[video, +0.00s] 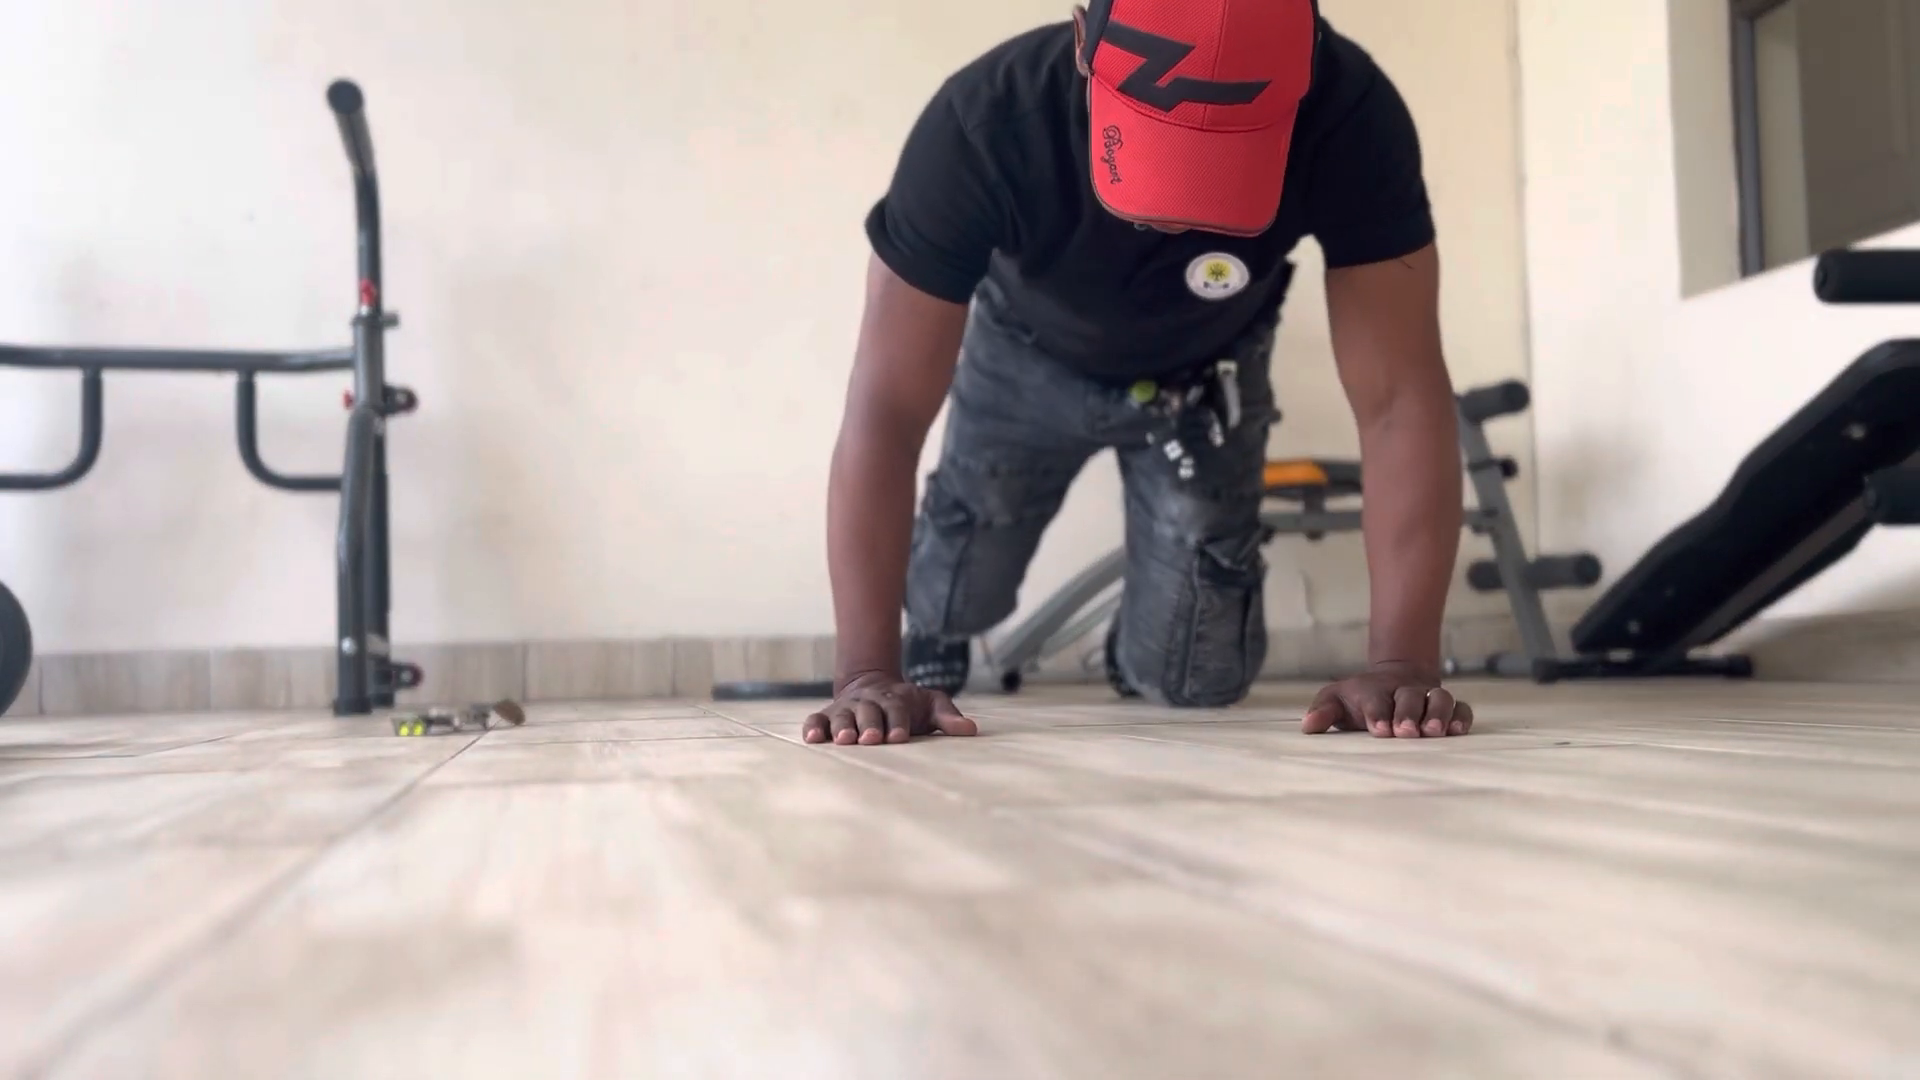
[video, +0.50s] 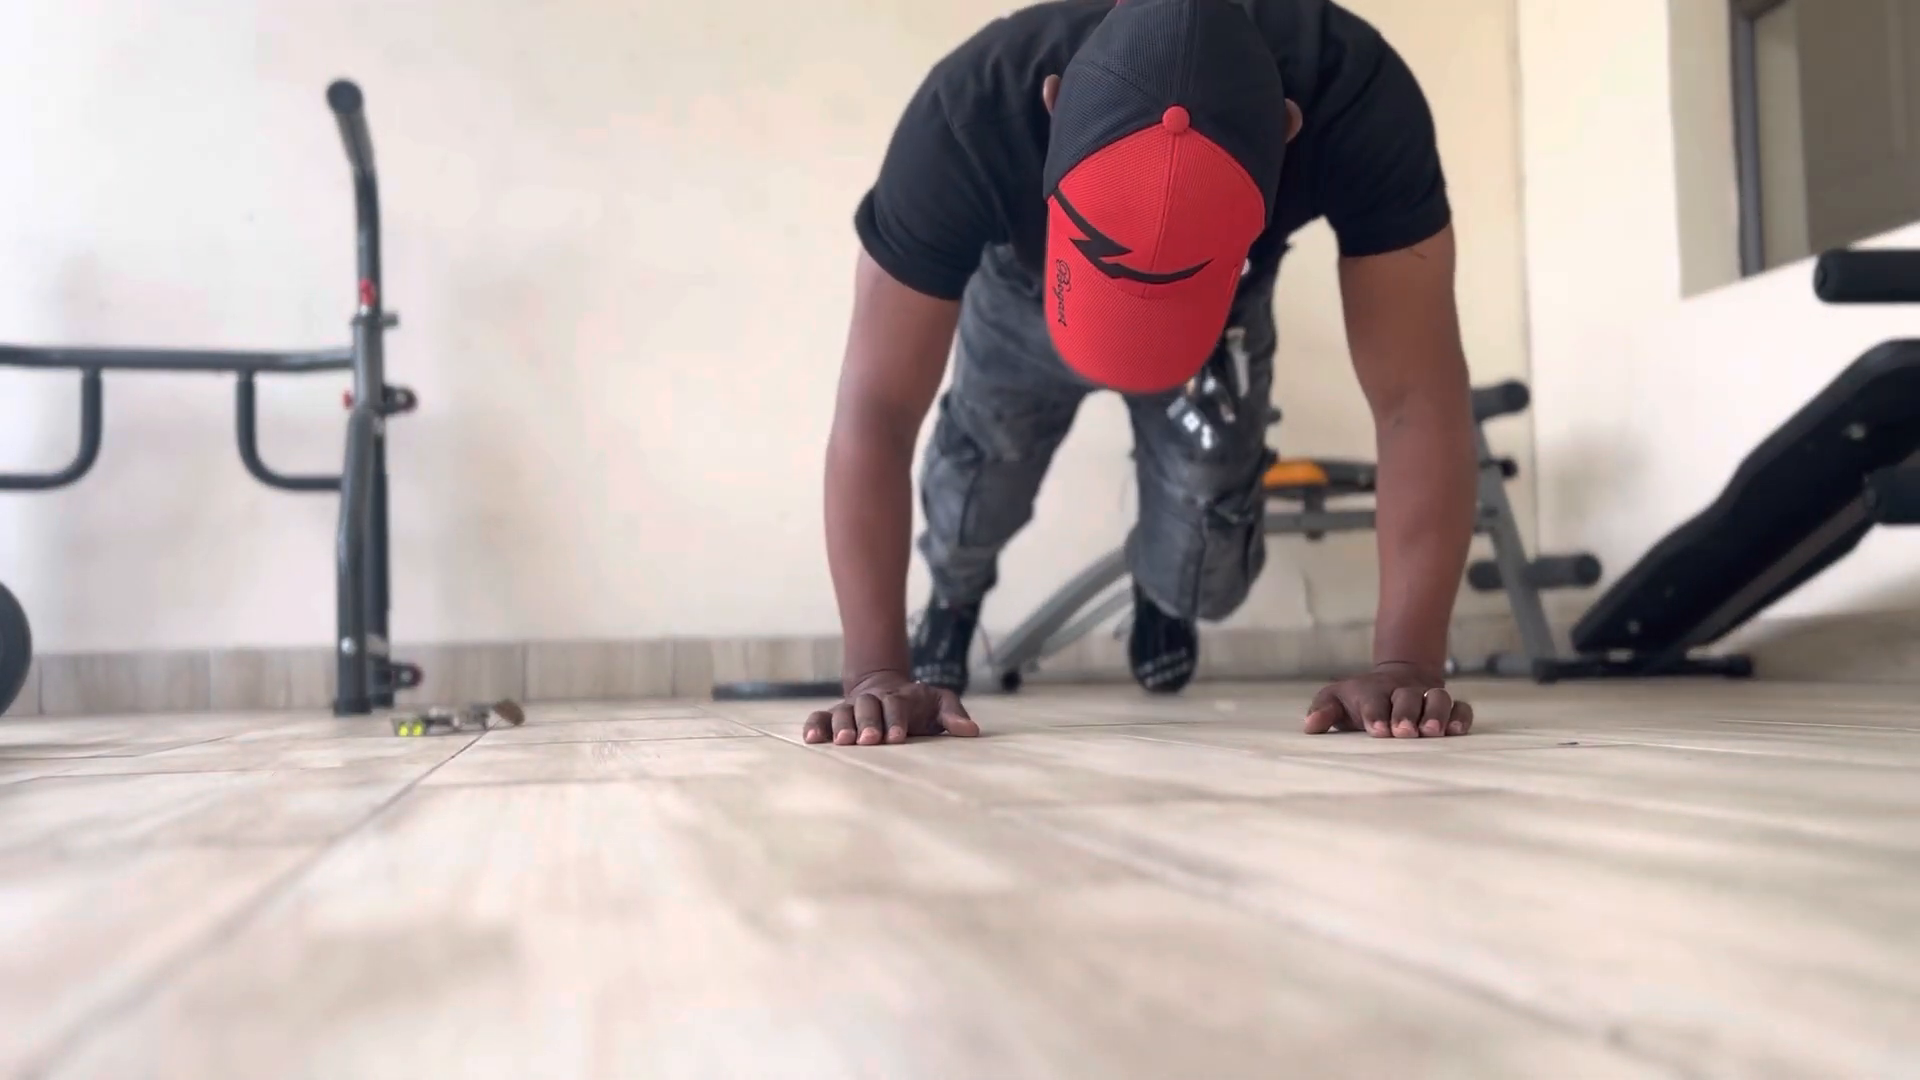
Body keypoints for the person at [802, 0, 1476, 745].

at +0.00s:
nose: (1176, 191)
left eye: (1215, 164)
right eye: (1152, 157)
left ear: (1287, 94)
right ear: (1094, 67)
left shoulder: (1351, 122)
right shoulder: (982, 129)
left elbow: (1400, 398)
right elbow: (881, 415)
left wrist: (1402, 662)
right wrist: (865, 674)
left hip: (1212, 373)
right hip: (1026, 359)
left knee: (1194, 678)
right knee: (954, 597)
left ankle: (1141, 637)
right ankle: (925, 666)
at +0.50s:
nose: (1132, 340)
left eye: (1173, 298)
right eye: (1097, 280)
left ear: (1286, 136)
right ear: (1055, 107)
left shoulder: (1369, 111)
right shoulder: (967, 121)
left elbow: (1418, 398)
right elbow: (872, 414)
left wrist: (1406, 663)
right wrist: (869, 673)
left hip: (1225, 280)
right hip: (1024, 261)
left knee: (1206, 574)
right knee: (983, 466)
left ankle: (1164, 590)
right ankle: (951, 602)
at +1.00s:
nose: (1133, 299)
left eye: (1172, 247)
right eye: (1089, 231)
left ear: (1272, 101)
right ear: (1028, 90)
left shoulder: (1360, 104)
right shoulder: (938, 116)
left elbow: (1424, 394)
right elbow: (865, 415)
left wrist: (1409, 665)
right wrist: (874, 673)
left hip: (1229, 294)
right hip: (1029, 286)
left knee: (1201, 501)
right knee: (1018, 483)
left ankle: (1160, 596)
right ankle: (1017, 602)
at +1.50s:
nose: (1117, 157)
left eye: (1153, 123)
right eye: (1078, 123)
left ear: (1217, 62)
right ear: (1014, 64)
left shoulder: (1320, 93)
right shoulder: (926, 108)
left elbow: (1409, 388)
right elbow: (866, 408)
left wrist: (1426, 669)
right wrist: (872, 674)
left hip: (1197, 347)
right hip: (1017, 343)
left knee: (1189, 534)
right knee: (971, 550)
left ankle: (1164, 602)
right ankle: (1008, 597)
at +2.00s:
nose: (1213, 19)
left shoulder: (1403, 52)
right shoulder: (986, 74)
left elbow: (1460, 383)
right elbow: (892, 400)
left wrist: (1434, 664)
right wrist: (906, 676)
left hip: (1264, 384)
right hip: (1066, 377)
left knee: (1253, 534)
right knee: (1030, 527)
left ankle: (1222, 594)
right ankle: (1020, 607)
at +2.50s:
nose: (1114, 10)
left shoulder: (1330, 52)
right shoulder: (922, 53)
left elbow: (1427, 372)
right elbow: (883, 388)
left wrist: (1424, 663)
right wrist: (904, 677)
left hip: (1210, 382)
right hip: (1012, 384)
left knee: (1223, 533)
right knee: (982, 531)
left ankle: (1215, 603)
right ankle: (985, 604)